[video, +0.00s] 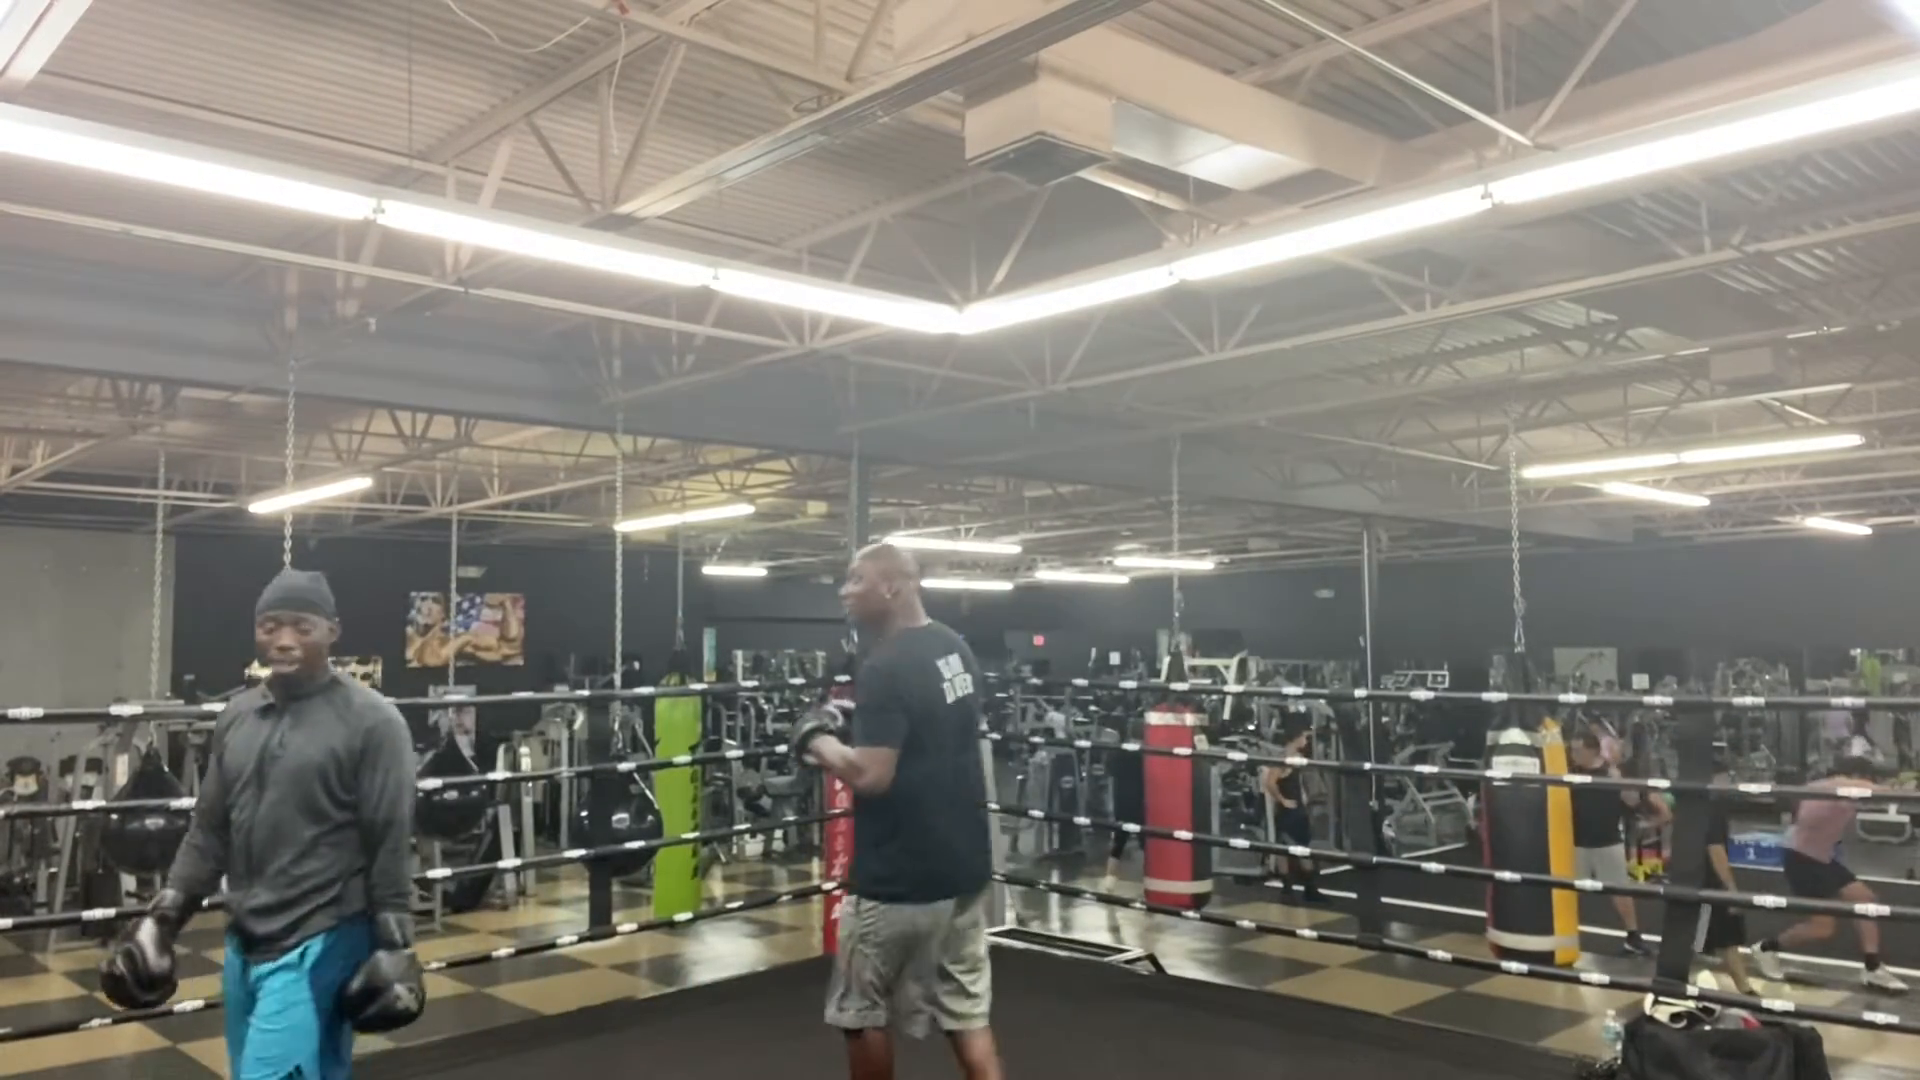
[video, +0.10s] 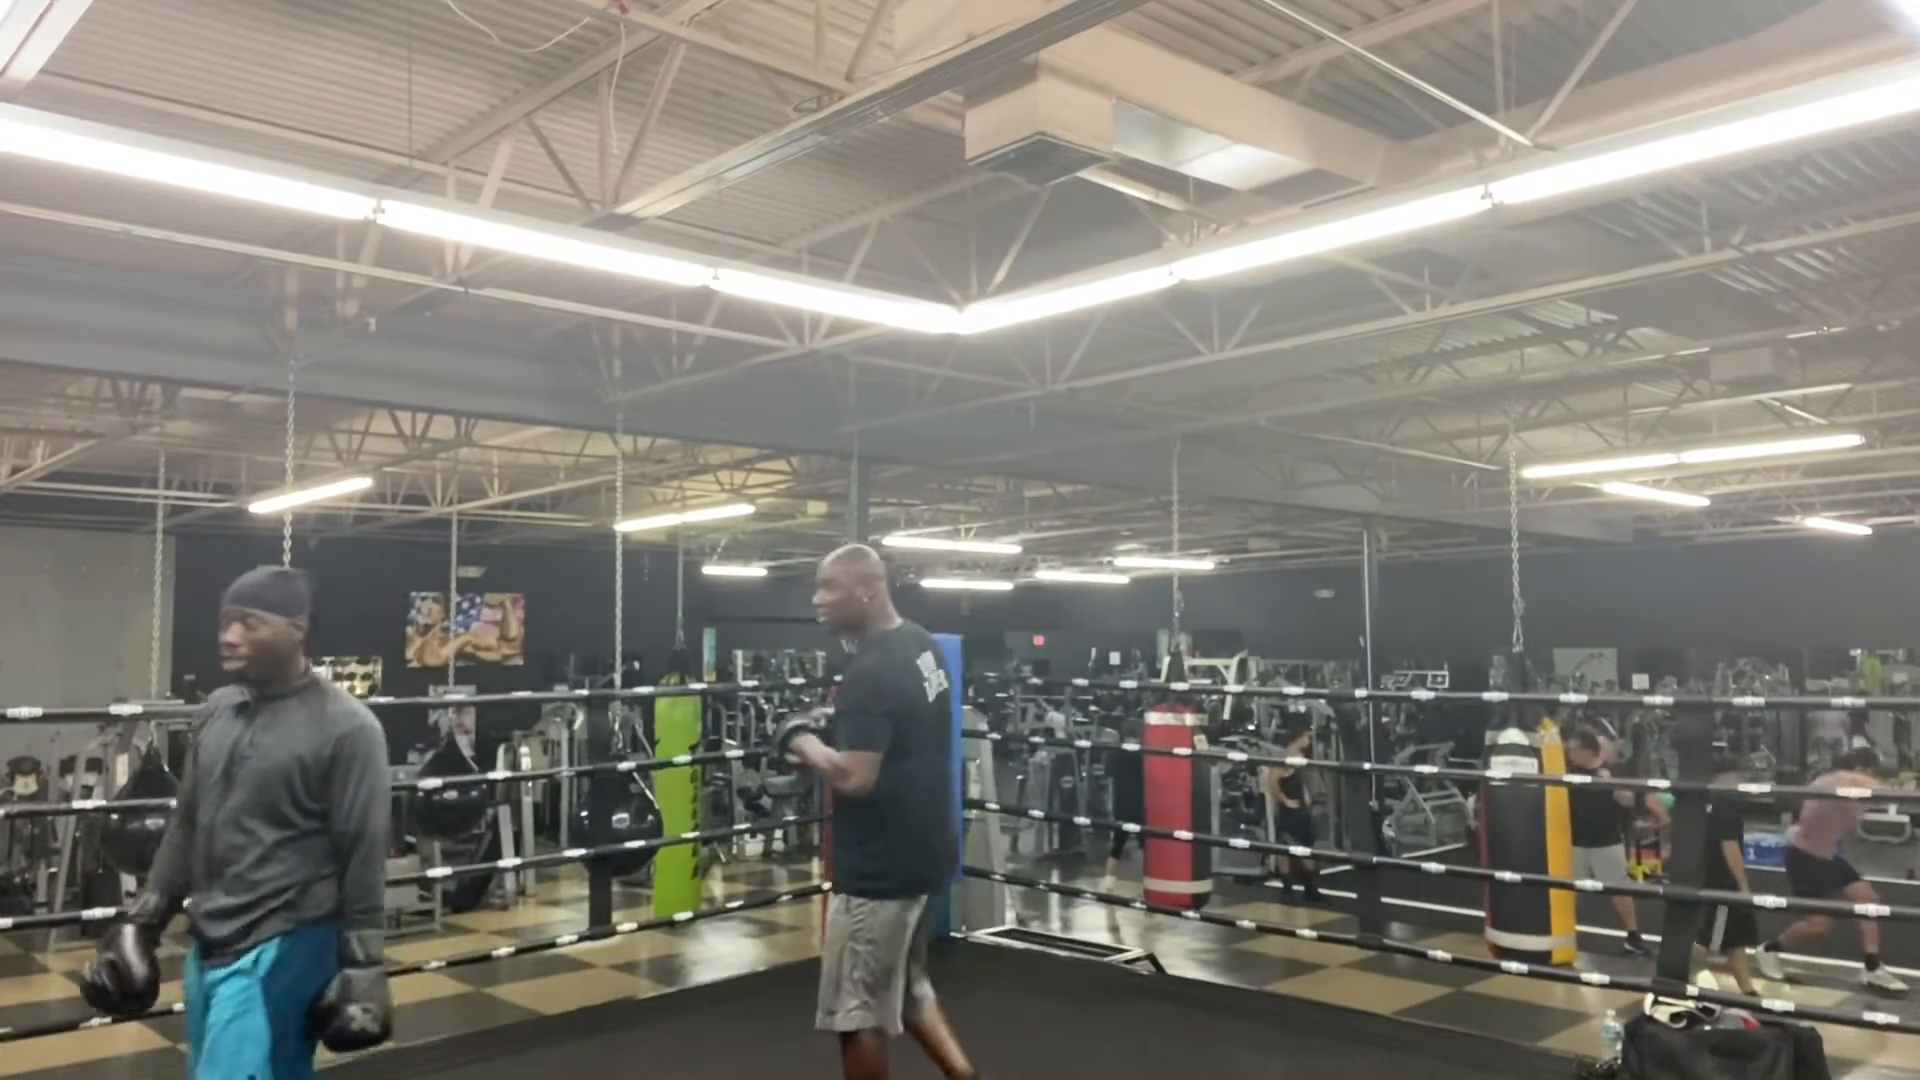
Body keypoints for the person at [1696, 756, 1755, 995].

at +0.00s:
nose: (1729, 784)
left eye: (1728, 778)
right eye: (1724, 778)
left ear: (1709, 780)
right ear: (1713, 779)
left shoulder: (1693, 805)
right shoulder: (1713, 806)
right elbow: (1716, 850)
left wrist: (1728, 888)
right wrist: (1732, 889)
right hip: (1707, 884)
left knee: (1729, 940)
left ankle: (1745, 989)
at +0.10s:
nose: (1739, 785)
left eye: (1739, 780)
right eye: (1736, 780)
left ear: (1717, 782)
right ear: (1728, 782)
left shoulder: (1716, 804)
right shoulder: (1726, 804)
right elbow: (1730, 846)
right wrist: (1744, 885)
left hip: (1725, 884)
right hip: (1720, 884)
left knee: (1737, 943)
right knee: (1705, 944)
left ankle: (1748, 992)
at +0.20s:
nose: (1744, 783)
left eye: (1744, 778)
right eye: (1742, 777)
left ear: (1725, 777)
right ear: (1734, 777)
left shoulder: (1714, 803)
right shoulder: (1737, 804)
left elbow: (1711, 846)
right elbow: (1742, 846)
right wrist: (1756, 878)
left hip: (1721, 876)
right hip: (1736, 879)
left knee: (1741, 944)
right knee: (1729, 947)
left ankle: (1749, 991)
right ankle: (1686, 964)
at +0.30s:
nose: (1749, 784)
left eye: (1749, 778)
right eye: (1745, 778)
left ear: (1727, 778)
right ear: (1737, 778)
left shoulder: (1716, 806)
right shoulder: (1745, 805)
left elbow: (1712, 848)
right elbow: (1751, 845)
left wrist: (1720, 869)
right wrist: (1771, 876)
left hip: (1728, 876)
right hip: (1746, 878)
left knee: (1743, 941)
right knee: (1755, 943)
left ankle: (1749, 990)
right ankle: (1711, 973)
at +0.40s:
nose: (1755, 785)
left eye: (1756, 779)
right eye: (1750, 779)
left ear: (1732, 780)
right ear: (1739, 779)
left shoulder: (1722, 806)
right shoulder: (1750, 806)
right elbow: (1757, 845)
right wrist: (1779, 873)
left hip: (1734, 875)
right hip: (1751, 877)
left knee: (1745, 939)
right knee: (1763, 943)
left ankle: (1749, 990)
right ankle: (1722, 973)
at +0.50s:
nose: (1764, 784)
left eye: (1764, 778)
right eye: (1760, 778)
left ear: (1739, 778)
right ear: (1754, 778)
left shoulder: (1730, 804)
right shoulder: (1757, 804)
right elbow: (1765, 844)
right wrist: (1791, 874)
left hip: (1740, 878)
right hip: (1759, 881)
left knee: (1749, 941)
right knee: (1781, 947)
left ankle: (1750, 992)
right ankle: (1752, 985)